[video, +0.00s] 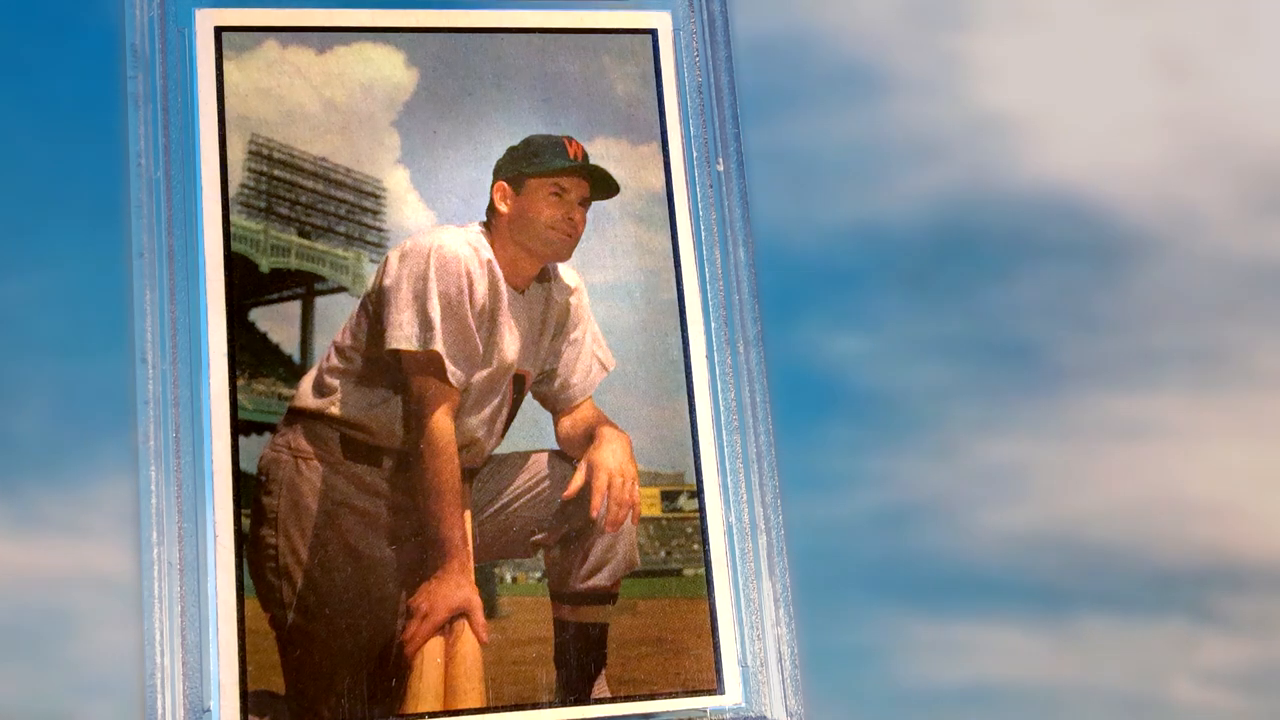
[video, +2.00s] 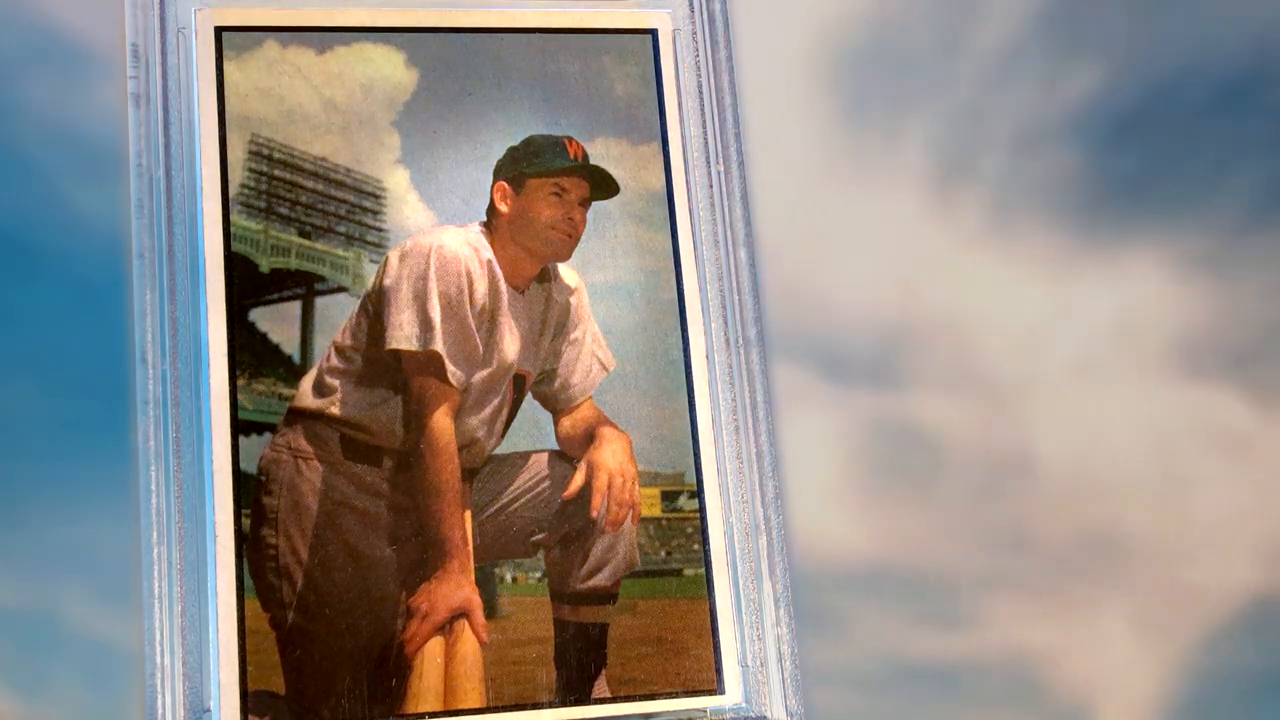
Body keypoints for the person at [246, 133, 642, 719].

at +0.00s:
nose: (576, 215)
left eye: (583, 204)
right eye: (557, 193)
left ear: (586, 218)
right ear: (504, 197)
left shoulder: (560, 294)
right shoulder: (441, 256)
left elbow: (574, 416)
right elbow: (433, 418)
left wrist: (609, 434)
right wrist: (454, 565)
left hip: (439, 486)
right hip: (334, 478)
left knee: (596, 487)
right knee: (347, 701)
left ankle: (580, 693)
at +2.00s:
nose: (576, 215)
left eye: (584, 203)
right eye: (557, 193)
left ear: (587, 217)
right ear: (504, 197)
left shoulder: (560, 295)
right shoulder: (442, 256)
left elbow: (575, 416)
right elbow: (432, 419)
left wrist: (609, 434)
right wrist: (454, 566)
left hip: (439, 486)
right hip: (335, 480)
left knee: (594, 487)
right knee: (346, 704)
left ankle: (580, 696)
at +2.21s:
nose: (576, 216)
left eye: (584, 204)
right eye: (557, 194)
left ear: (587, 218)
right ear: (504, 197)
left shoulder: (560, 295)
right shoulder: (441, 256)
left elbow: (575, 417)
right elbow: (432, 420)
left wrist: (609, 434)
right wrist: (454, 566)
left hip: (439, 486)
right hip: (334, 480)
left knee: (594, 486)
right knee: (347, 702)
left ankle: (581, 697)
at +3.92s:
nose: (576, 216)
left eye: (584, 204)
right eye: (557, 194)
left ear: (586, 217)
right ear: (504, 198)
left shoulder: (560, 294)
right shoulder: (441, 256)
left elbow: (574, 415)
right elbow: (432, 419)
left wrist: (609, 434)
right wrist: (454, 565)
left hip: (440, 486)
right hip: (335, 478)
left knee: (594, 487)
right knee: (348, 699)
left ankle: (580, 694)